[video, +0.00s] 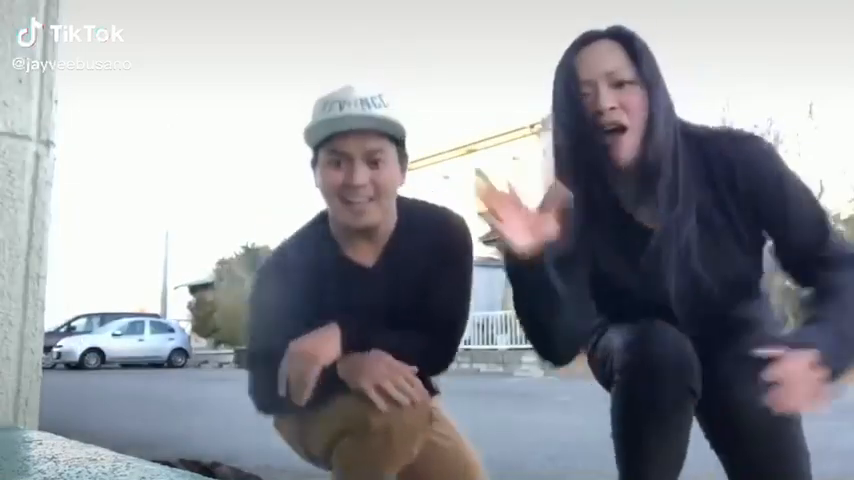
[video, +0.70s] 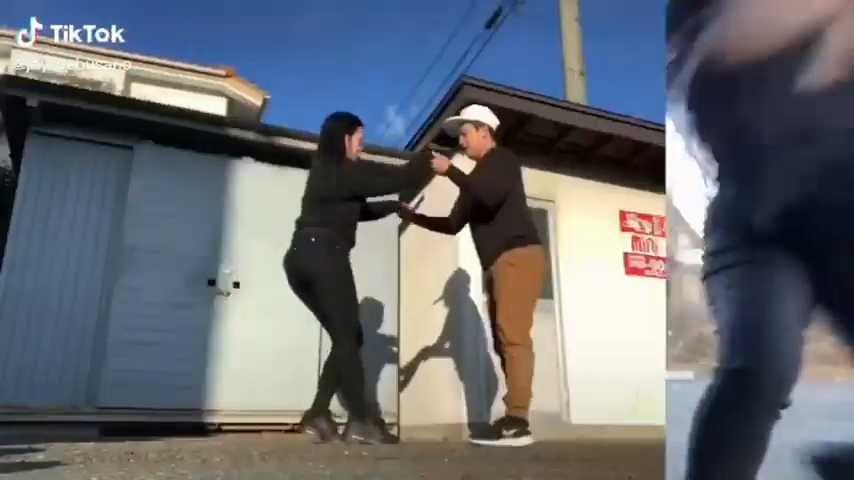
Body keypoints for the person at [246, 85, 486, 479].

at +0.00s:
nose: (356, 180)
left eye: (374, 162)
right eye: (338, 162)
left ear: (401, 171)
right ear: (316, 173)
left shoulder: (443, 234)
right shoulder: (285, 269)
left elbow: (436, 352)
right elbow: (267, 391)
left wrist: (341, 334)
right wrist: (344, 368)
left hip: (412, 398)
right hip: (311, 408)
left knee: (464, 472)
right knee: (398, 415)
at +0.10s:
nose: (361, 186)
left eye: (379, 168)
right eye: (342, 169)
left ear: (406, 175)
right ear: (319, 180)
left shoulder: (445, 239)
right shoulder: (288, 275)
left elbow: (442, 360)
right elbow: (255, 406)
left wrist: (347, 351)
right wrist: (341, 387)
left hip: (414, 402)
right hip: (306, 417)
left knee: (464, 472)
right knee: (409, 417)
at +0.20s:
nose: (363, 185)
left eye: (381, 166)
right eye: (343, 167)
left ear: (406, 174)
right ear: (319, 179)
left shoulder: (446, 236)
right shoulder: (290, 273)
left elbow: (442, 356)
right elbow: (214, 403)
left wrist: (347, 365)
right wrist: (304, 410)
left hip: (410, 410)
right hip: (313, 420)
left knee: (466, 473)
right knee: (400, 415)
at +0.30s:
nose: (359, 180)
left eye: (377, 162)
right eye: (338, 163)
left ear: (402, 171)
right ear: (314, 176)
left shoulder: (445, 234)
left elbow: (443, 352)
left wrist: (351, 367)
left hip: (415, 409)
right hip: (314, 415)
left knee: (465, 471)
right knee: (408, 412)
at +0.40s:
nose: (354, 177)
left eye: (373, 158)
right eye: (333, 160)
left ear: (397, 168)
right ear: (309, 174)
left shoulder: (442, 233)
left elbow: (444, 349)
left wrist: (351, 375)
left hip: (415, 404)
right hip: (315, 409)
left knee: (464, 471)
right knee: (410, 413)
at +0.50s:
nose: (350, 174)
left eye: (368, 155)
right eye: (329, 157)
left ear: (391, 166)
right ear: (302, 171)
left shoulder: (435, 227)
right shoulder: (274, 271)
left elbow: (458, 340)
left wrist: (369, 370)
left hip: (418, 405)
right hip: (314, 407)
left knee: (465, 471)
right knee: (408, 414)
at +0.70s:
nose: (362, 145)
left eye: (361, 139)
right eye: (359, 138)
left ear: (335, 139)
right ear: (346, 139)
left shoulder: (322, 171)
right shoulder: (342, 170)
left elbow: (356, 213)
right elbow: (396, 180)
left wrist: (394, 206)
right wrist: (427, 155)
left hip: (301, 257)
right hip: (324, 255)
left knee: (348, 336)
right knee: (348, 336)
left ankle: (319, 411)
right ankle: (363, 421)